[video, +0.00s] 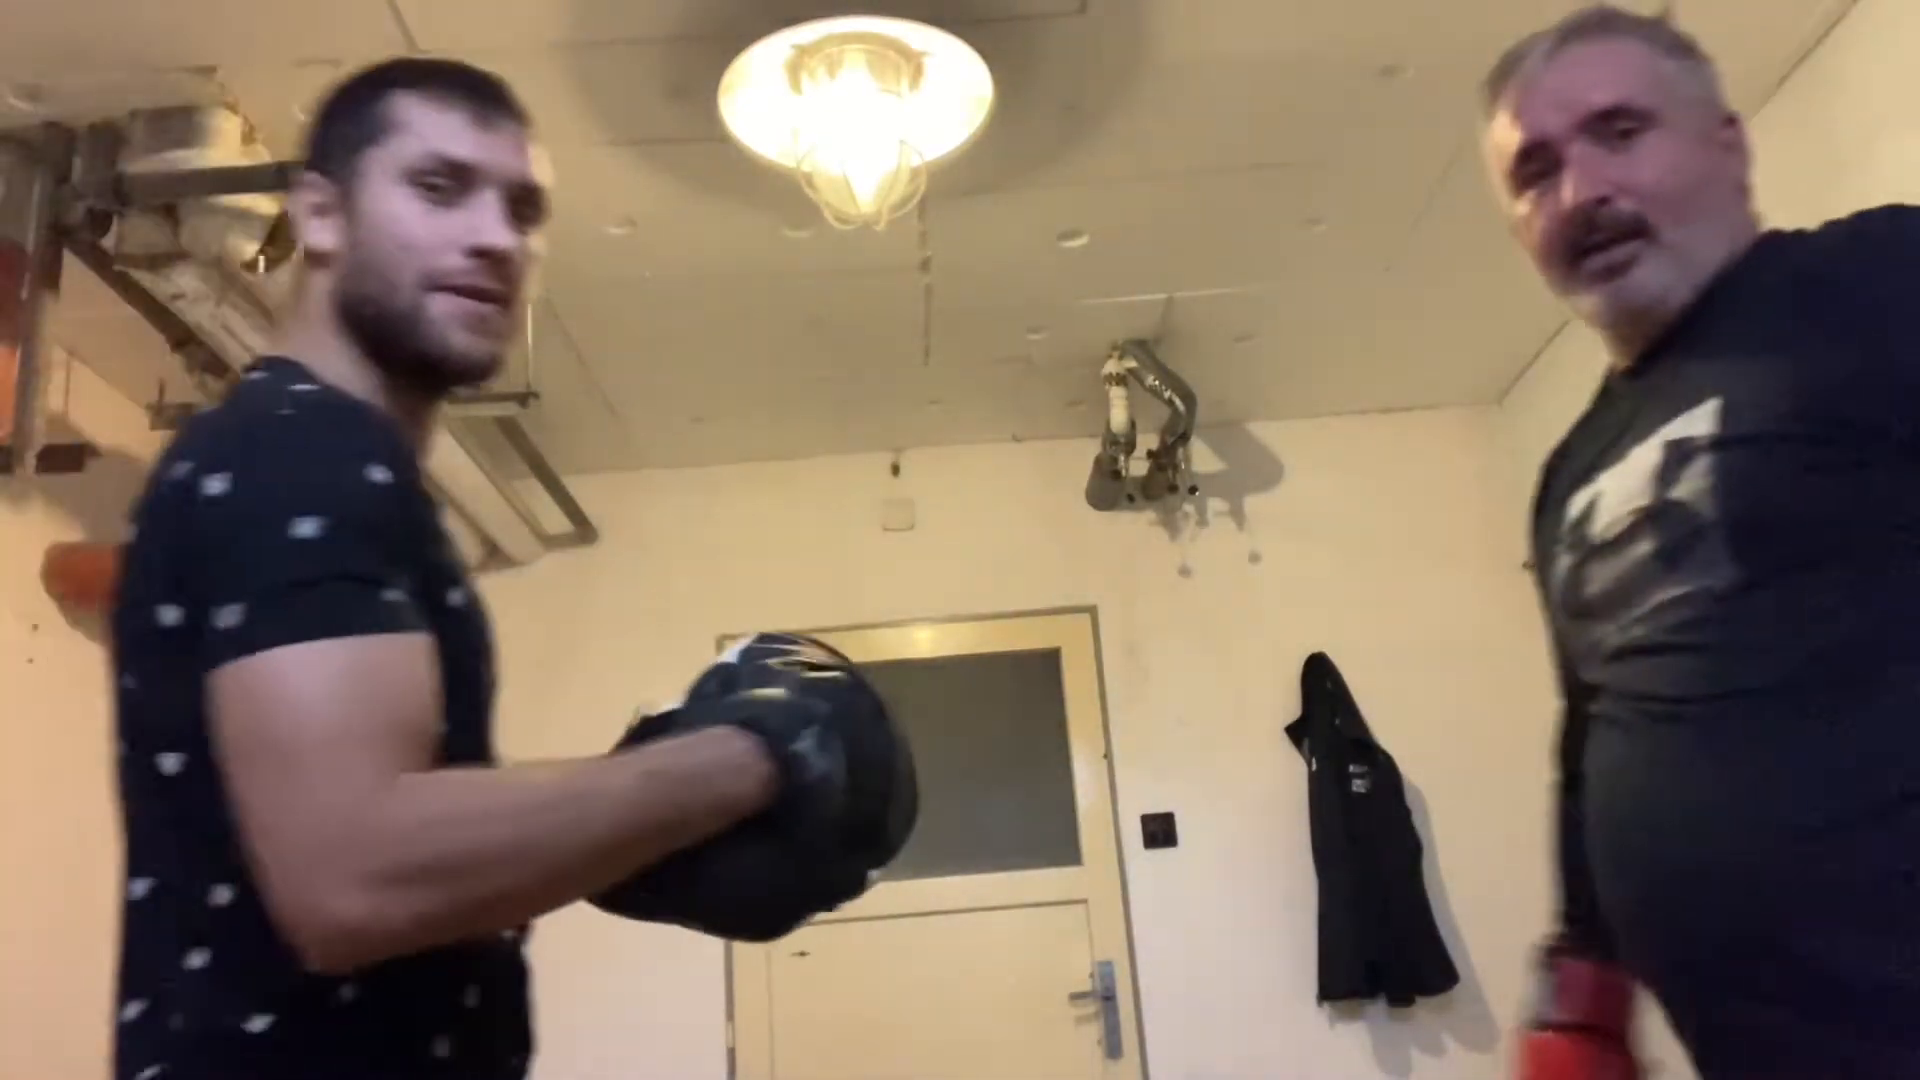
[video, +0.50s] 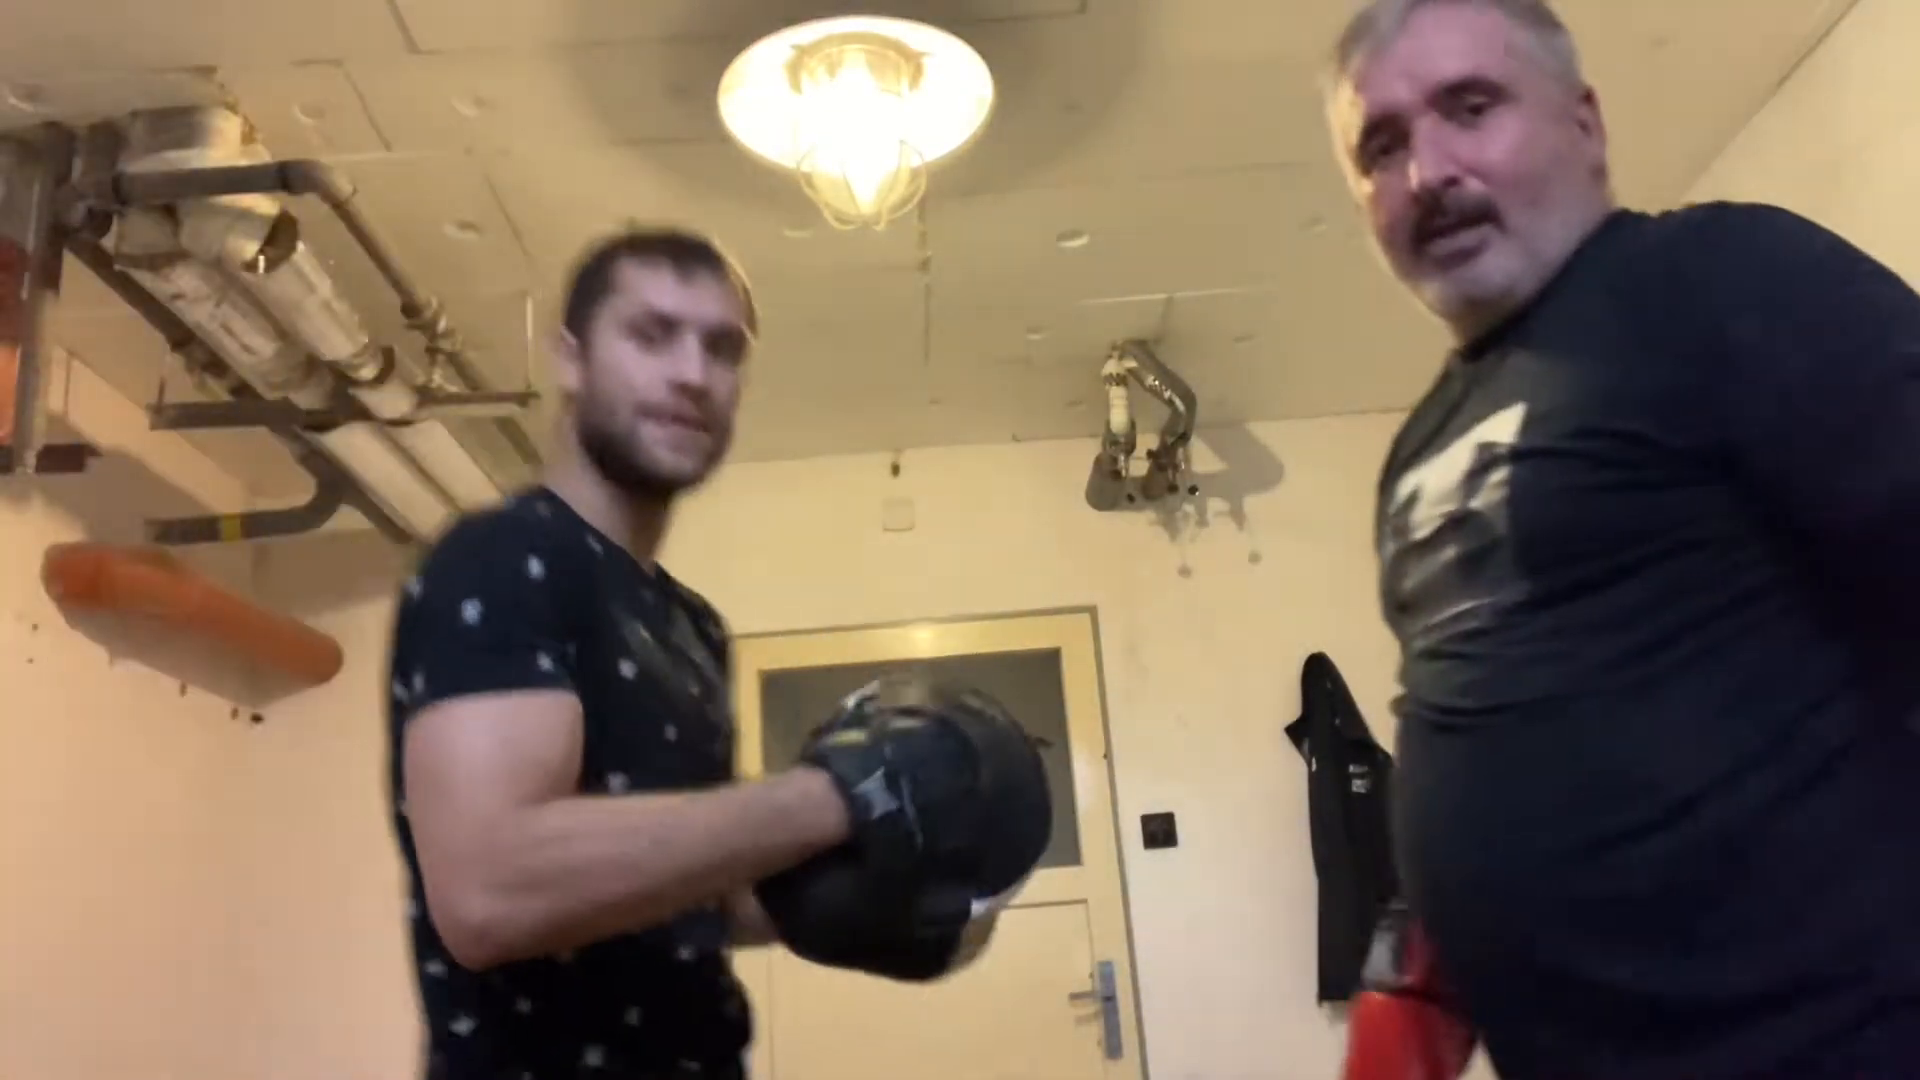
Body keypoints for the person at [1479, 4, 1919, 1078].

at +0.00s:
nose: (1580, 189)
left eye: (1620, 131)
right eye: (1537, 173)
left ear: (1730, 144)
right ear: (1517, 229)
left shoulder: (1889, 268)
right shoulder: (1570, 474)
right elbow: (1598, 736)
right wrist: (1583, 997)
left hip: (1911, 979)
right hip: (1745, 1033)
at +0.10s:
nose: (1542, 193)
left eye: (1581, 136)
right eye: (1499, 177)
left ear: (1688, 146)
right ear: (1479, 231)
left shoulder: (1852, 273)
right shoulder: (1531, 476)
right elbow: (1551, 737)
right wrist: (1488, 981)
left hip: (1893, 990)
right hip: (1698, 1037)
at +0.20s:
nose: (1512, 193)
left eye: (1552, 137)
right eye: (1469, 175)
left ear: (1659, 152)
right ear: (1451, 233)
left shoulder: (1818, 285)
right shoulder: (1500, 475)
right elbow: (1515, 735)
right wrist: (1425, 945)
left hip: (1878, 1003)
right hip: (1656, 1043)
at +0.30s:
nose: (1484, 189)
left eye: (1525, 132)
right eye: (1441, 171)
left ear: (1632, 147)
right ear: (1420, 227)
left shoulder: (1786, 284)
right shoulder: (1471, 468)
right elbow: (1492, 728)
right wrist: (1399, 940)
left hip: (1868, 1008)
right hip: (1626, 1042)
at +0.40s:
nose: (1458, 185)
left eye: (1499, 122)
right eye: (1412, 160)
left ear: (1611, 138)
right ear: (1393, 216)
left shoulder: (1758, 281)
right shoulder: (1446, 460)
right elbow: (1473, 726)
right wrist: (1396, 966)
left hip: (1849, 1014)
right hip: (1593, 1044)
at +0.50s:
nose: (1428, 173)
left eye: (1469, 109)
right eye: (1384, 147)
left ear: (1585, 126)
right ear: (1362, 202)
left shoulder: (1737, 276)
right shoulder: (1418, 447)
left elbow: (1915, 529)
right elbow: (1461, 741)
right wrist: (1419, 989)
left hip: (1823, 1006)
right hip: (1561, 1037)